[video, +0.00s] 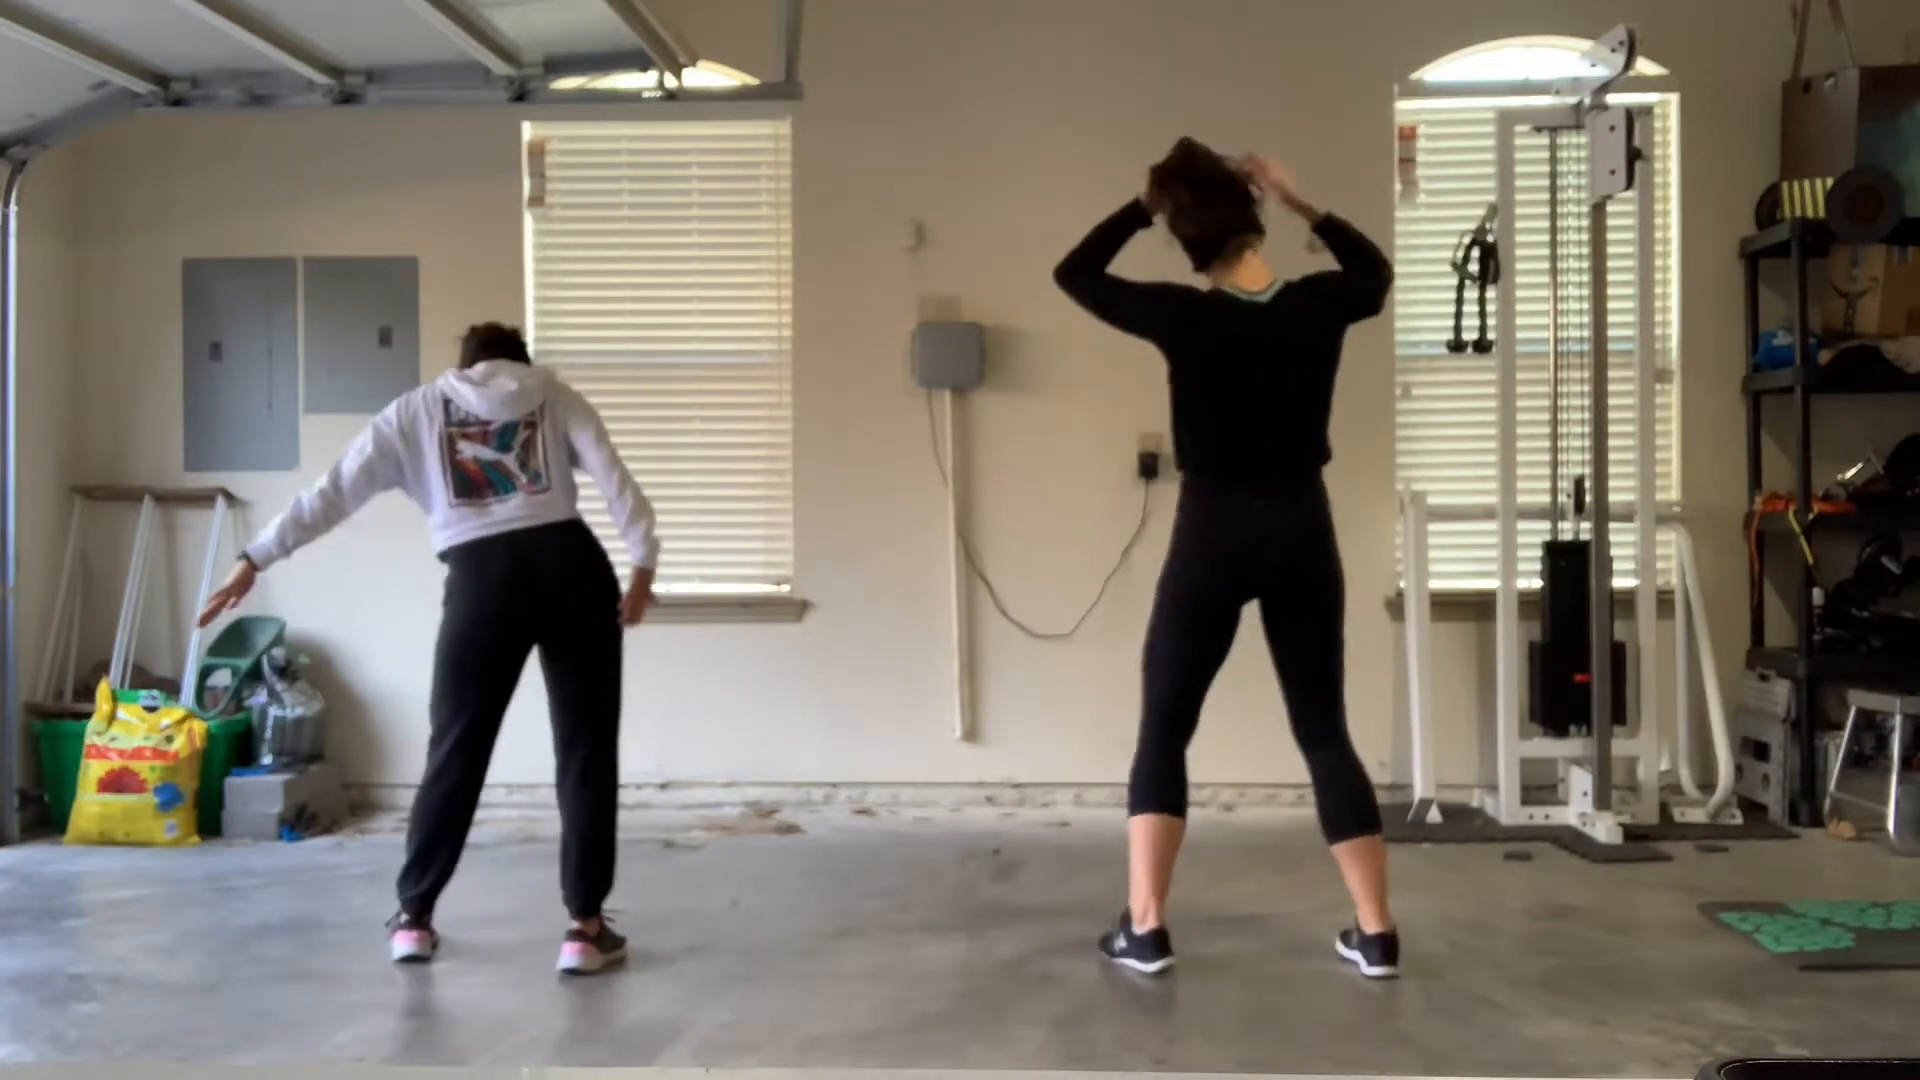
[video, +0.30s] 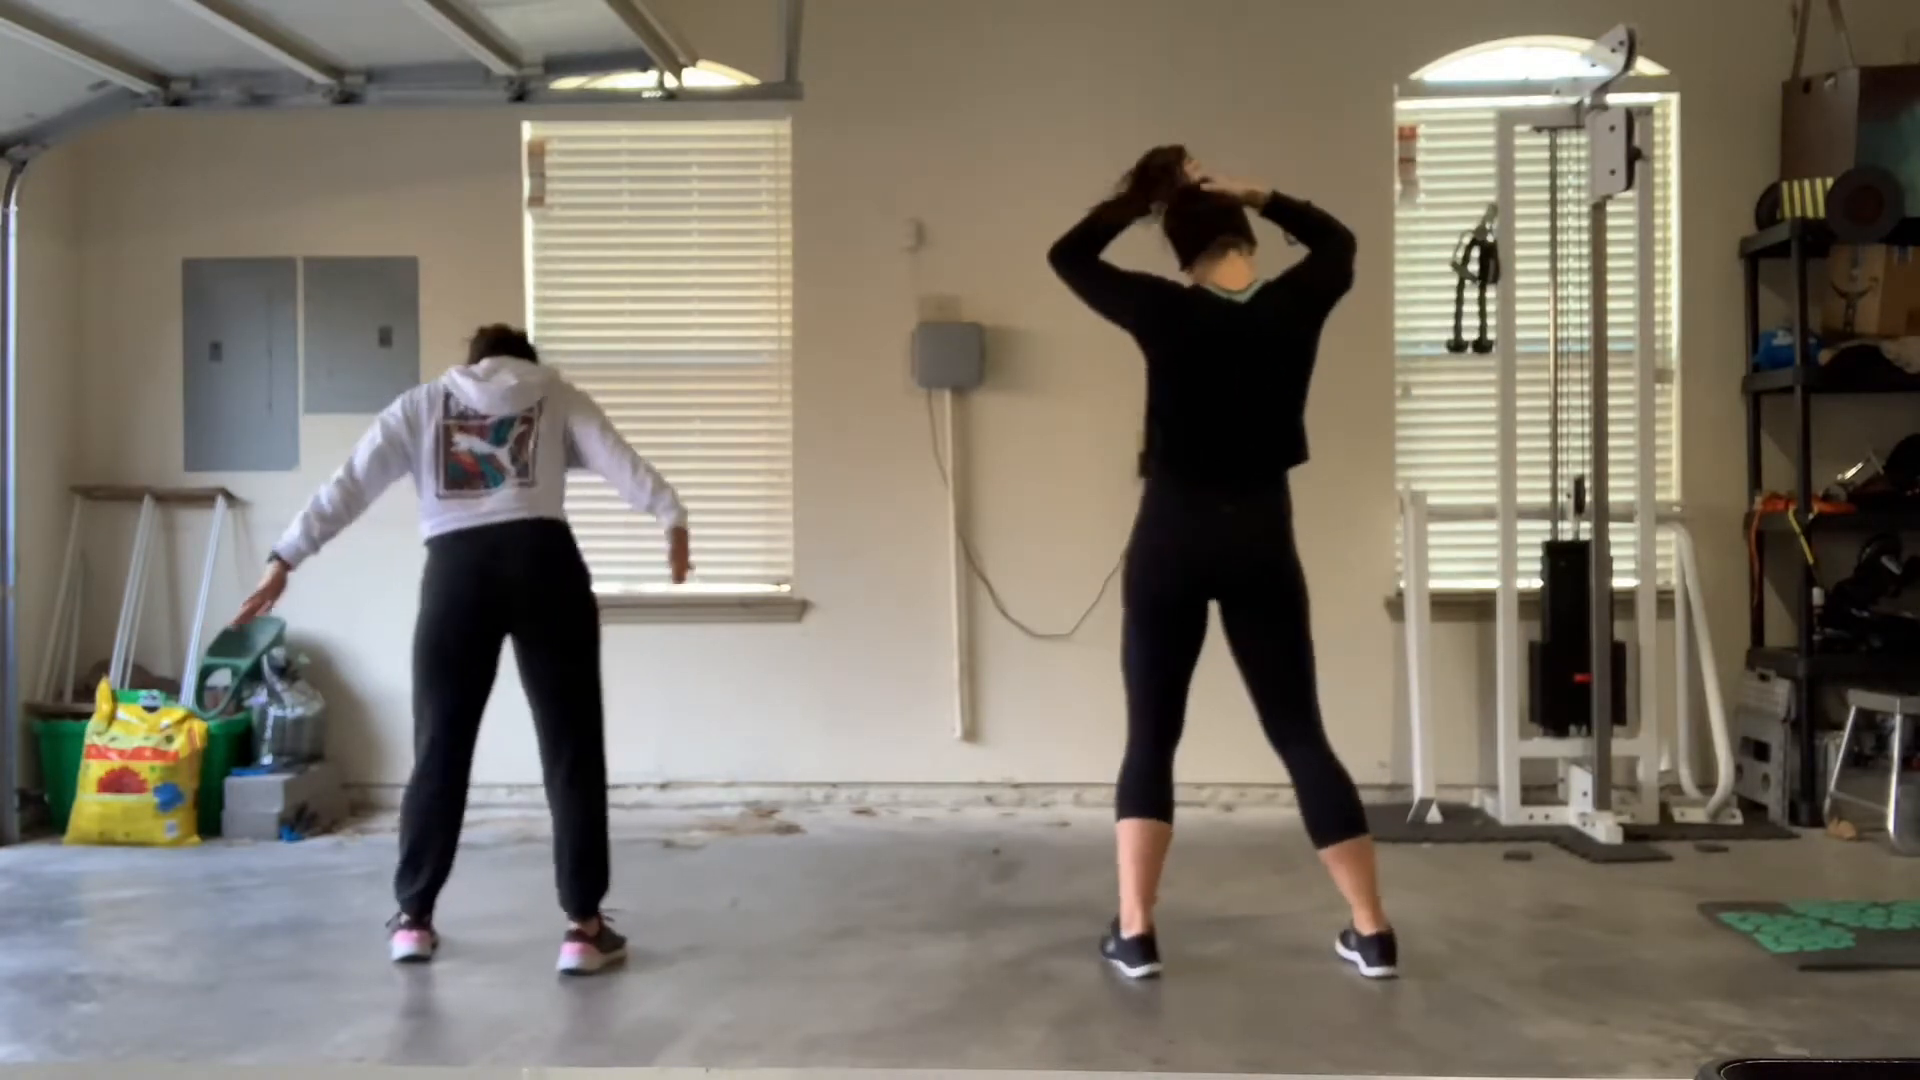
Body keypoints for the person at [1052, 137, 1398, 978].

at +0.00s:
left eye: (1178, 229)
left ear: (1181, 241)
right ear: (1257, 224)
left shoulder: (1184, 319)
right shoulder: (1318, 305)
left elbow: (1076, 273)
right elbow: (1374, 274)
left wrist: (1142, 207)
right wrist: (1305, 207)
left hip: (1210, 545)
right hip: (1303, 543)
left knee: (1165, 729)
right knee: (1325, 731)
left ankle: (1145, 928)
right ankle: (1377, 931)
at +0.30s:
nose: (1248, 258)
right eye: (1246, 245)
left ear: (1180, 255)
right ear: (1248, 247)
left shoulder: (1161, 313)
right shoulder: (1288, 311)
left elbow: (1070, 256)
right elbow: (1337, 245)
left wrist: (1136, 196)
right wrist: (1264, 198)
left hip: (1168, 543)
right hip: (1260, 545)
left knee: (1150, 737)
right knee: (1302, 736)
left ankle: (1135, 934)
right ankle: (1372, 930)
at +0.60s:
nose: (1253, 257)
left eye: (1238, 246)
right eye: (1253, 242)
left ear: (1186, 243)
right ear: (1254, 240)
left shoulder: (1167, 297)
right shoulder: (1295, 304)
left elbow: (1094, 198)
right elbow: (1334, 238)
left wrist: (1168, 148)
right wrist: (1264, 192)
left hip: (1177, 528)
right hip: (1268, 531)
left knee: (1160, 732)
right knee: (1302, 729)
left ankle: (1135, 933)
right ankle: (1363, 929)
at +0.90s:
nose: (1280, 253)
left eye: (1258, 243)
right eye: (1276, 242)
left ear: (1211, 253)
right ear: (1280, 245)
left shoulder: (1198, 304)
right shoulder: (1324, 306)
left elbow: (1119, 223)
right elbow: (1353, 252)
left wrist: (1161, 140)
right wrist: (1288, 207)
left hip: (1219, 534)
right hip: (1311, 532)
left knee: (1179, 734)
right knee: (1322, 729)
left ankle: (1140, 931)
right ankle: (1365, 931)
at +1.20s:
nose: (1269, 251)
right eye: (1265, 240)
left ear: (1193, 240)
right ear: (1266, 244)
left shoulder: (1174, 293)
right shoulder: (1302, 308)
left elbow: (1121, 192)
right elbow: (1336, 252)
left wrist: (1200, 158)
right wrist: (1278, 202)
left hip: (1208, 532)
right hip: (1299, 529)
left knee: (1167, 733)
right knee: (1320, 727)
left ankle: (1135, 929)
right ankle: (1366, 930)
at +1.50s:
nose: (1251, 241)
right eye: (1239, 231)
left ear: (1173, 243)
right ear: (1241, 238)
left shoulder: (1164, 296)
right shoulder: (1289, 297)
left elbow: (1098, 198)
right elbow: (1319, 221)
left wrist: (1177, 162)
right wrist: (1249, 187)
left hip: (1176, 518)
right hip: (1266, 521)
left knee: (1158, 730)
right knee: (1303, 727)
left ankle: (1134, 930)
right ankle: (1363, 928)